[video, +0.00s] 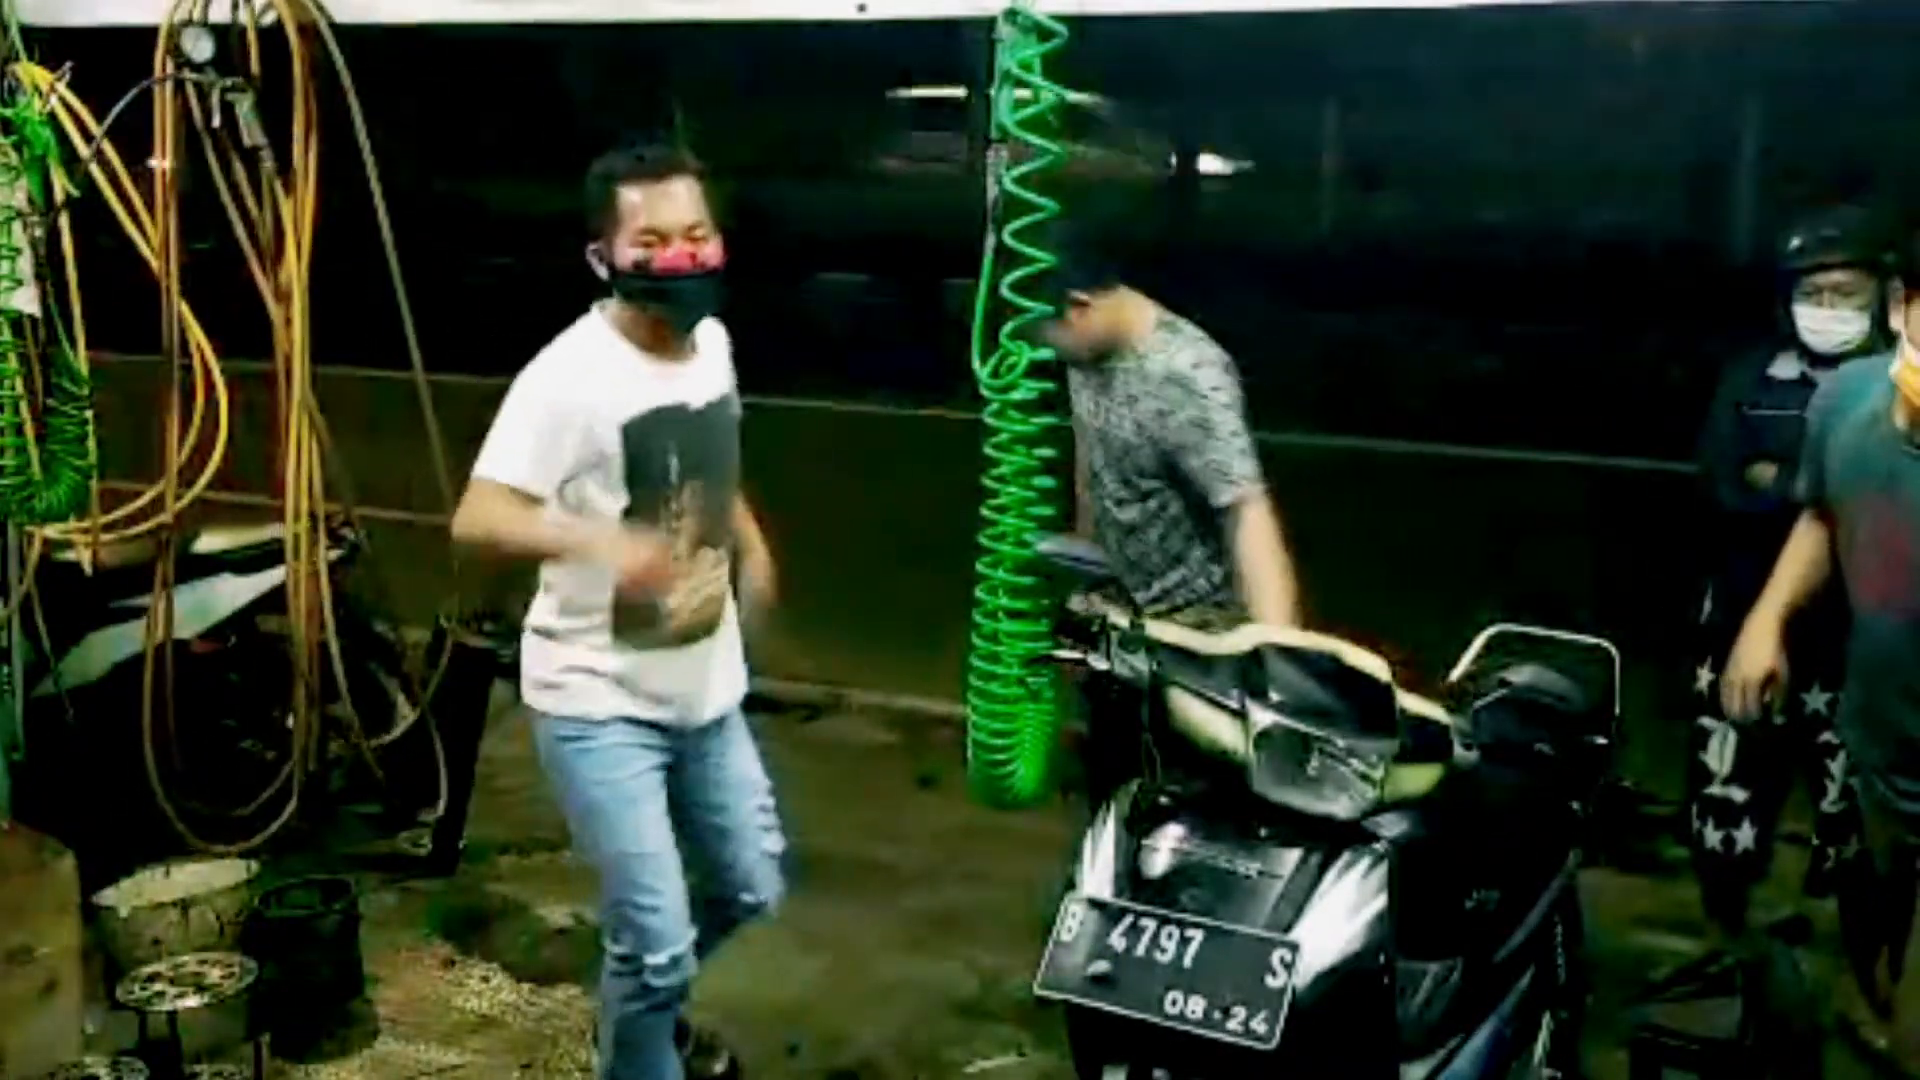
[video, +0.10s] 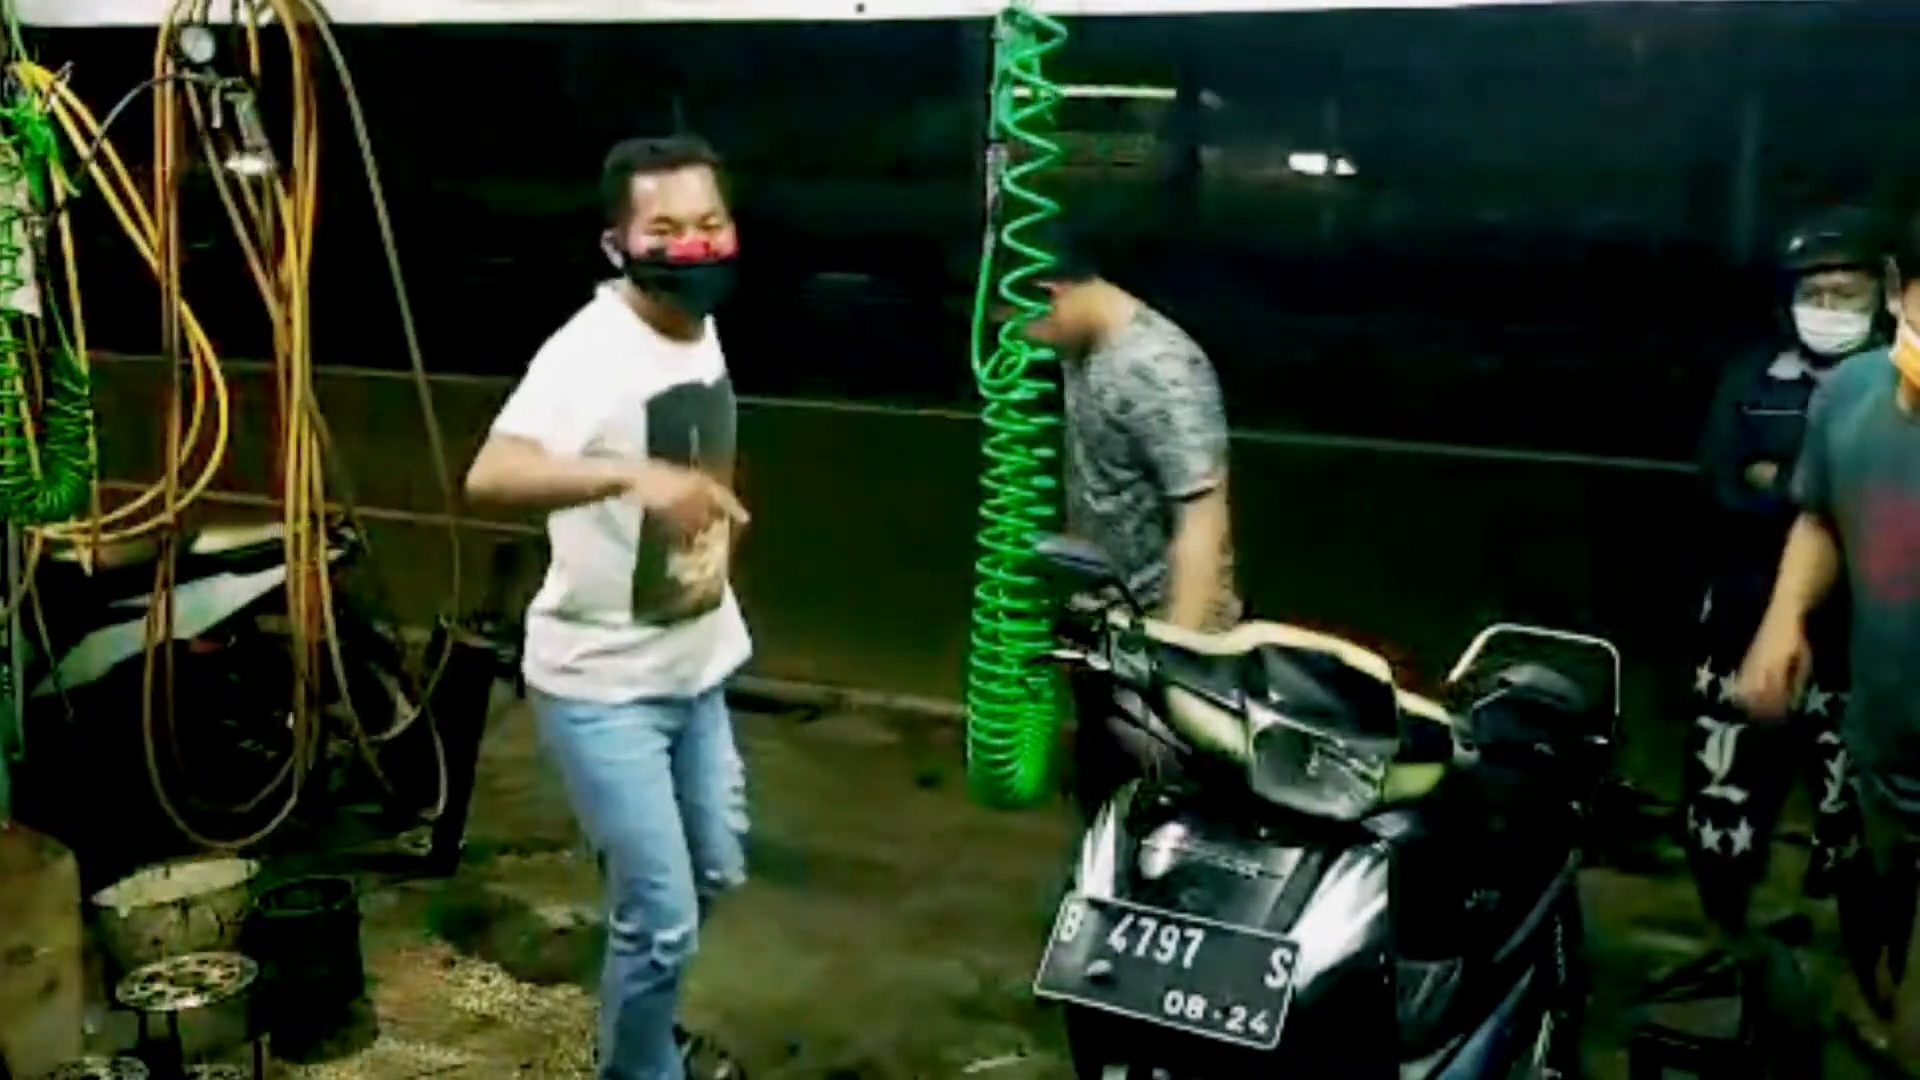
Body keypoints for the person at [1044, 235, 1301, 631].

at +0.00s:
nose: (1053, 348)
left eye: (1051, 335)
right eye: (1045, 339)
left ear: (1080, 305)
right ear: (1081, 304)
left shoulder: (1188, 371)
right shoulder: (1089, 347)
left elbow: (1247, 507)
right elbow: (1089, 471)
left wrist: (1277, 647)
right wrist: (1085, 566)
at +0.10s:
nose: (1030, 341)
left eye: (1027, 324)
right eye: (1021, 328)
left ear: (1054, 296)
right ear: (1054, 293)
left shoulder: (1158, 366)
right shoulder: (1092, 353)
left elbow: (1203, 518)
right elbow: (1099, 510)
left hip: (1159, 634)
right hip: (1106, 627)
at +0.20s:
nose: (1014, 338)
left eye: (1008, 322)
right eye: (1002, 326)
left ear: (1032, 293)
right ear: (1038, 287)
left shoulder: (1126, 360)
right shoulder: (1092, 353)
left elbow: (1152, 512)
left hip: (1153, 638)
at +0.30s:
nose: (1006, 333)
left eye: (998, 317)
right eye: (996, 321)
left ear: (1020, 292)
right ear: (1031, 284)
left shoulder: (1106, 353)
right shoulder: (1096, 345)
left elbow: (1121, 507)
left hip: (1142, 621)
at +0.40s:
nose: (1002, 326)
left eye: (994, 312)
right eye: (993, 315)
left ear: (1010, 288)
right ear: (1035, 271)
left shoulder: (1089, 350)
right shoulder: (1122, 332)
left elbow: (1080, 516)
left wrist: (992, 597)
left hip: (1112, 615)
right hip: (1148, 599)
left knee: (1086, 828)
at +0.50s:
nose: (994, 314)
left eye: (988, 297)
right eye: (987, 300)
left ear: (1005, 283)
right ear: (1056, 262)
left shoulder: (1062, 351)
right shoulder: (1137, 334)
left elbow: (1052, 508)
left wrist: (978, 607)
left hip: (1081, 616)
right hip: (1149, 599)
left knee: (1028, 802)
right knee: (1111, 788)